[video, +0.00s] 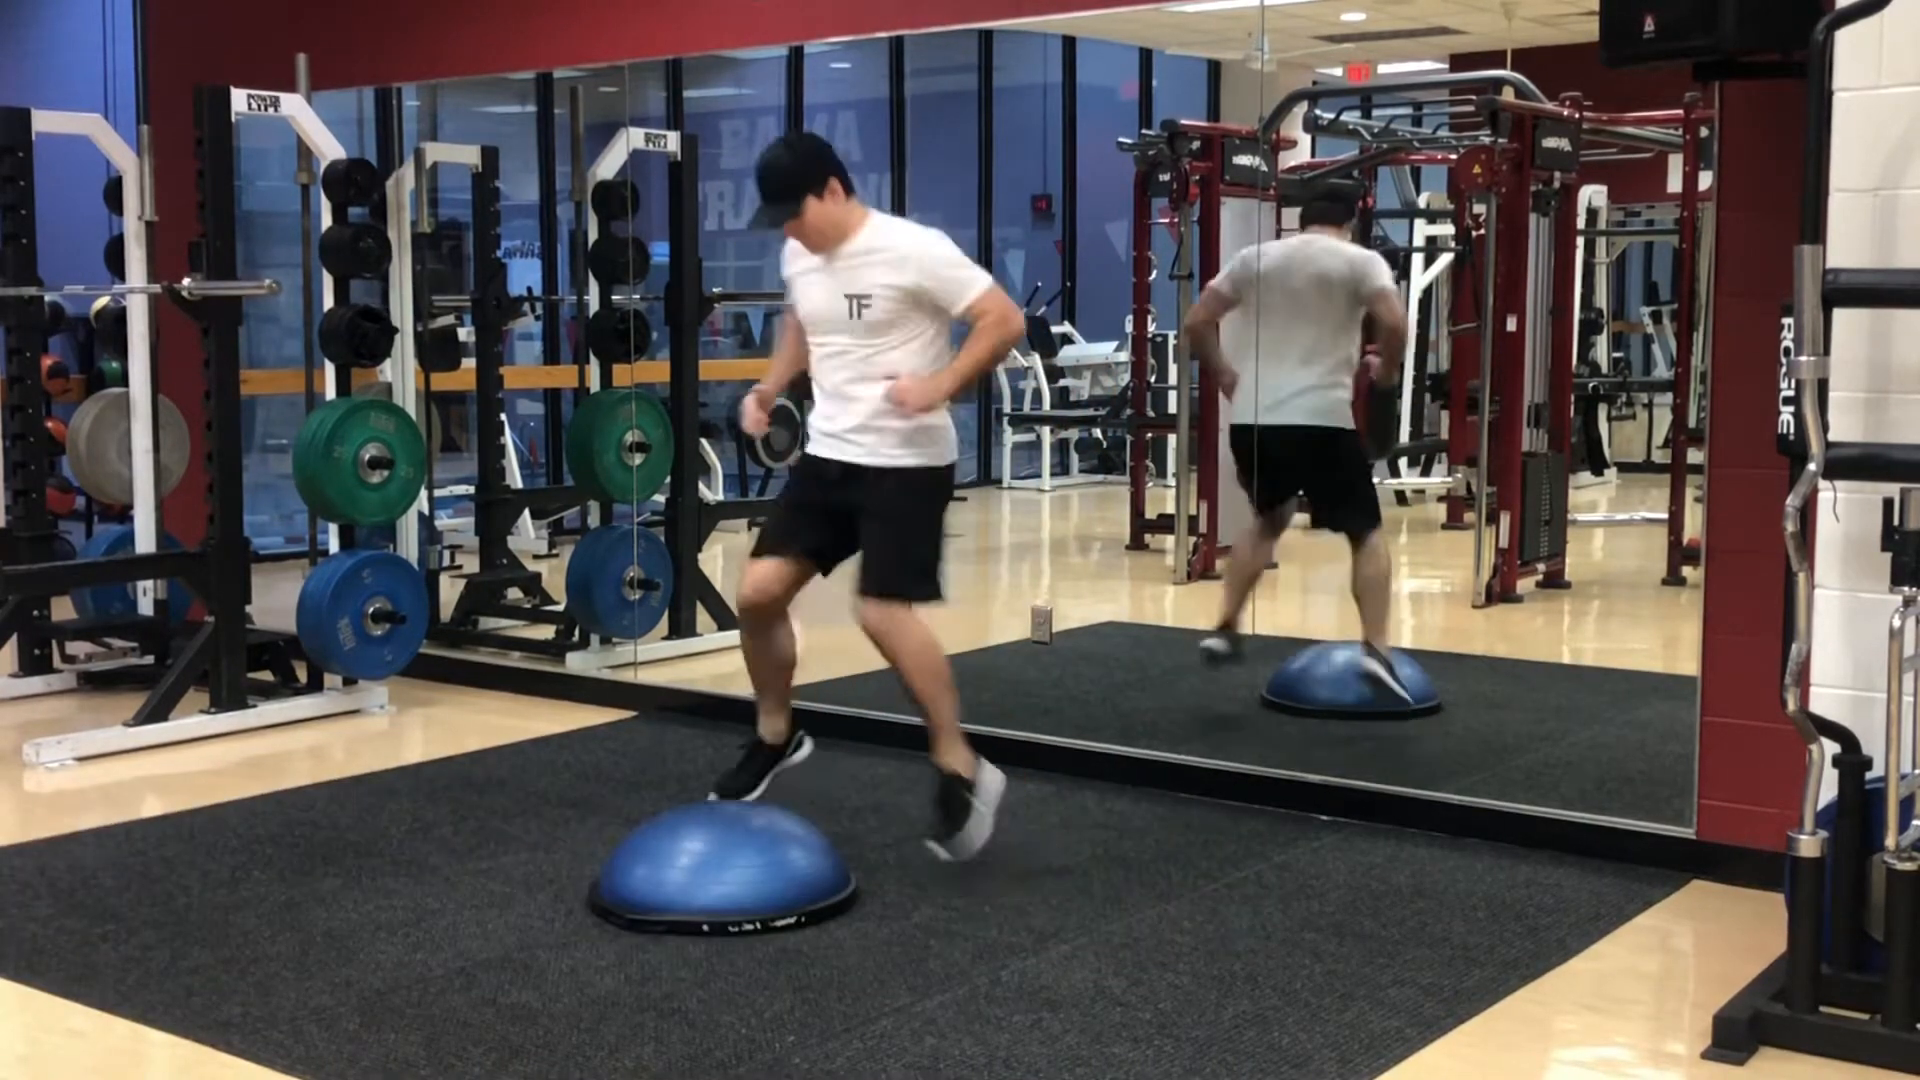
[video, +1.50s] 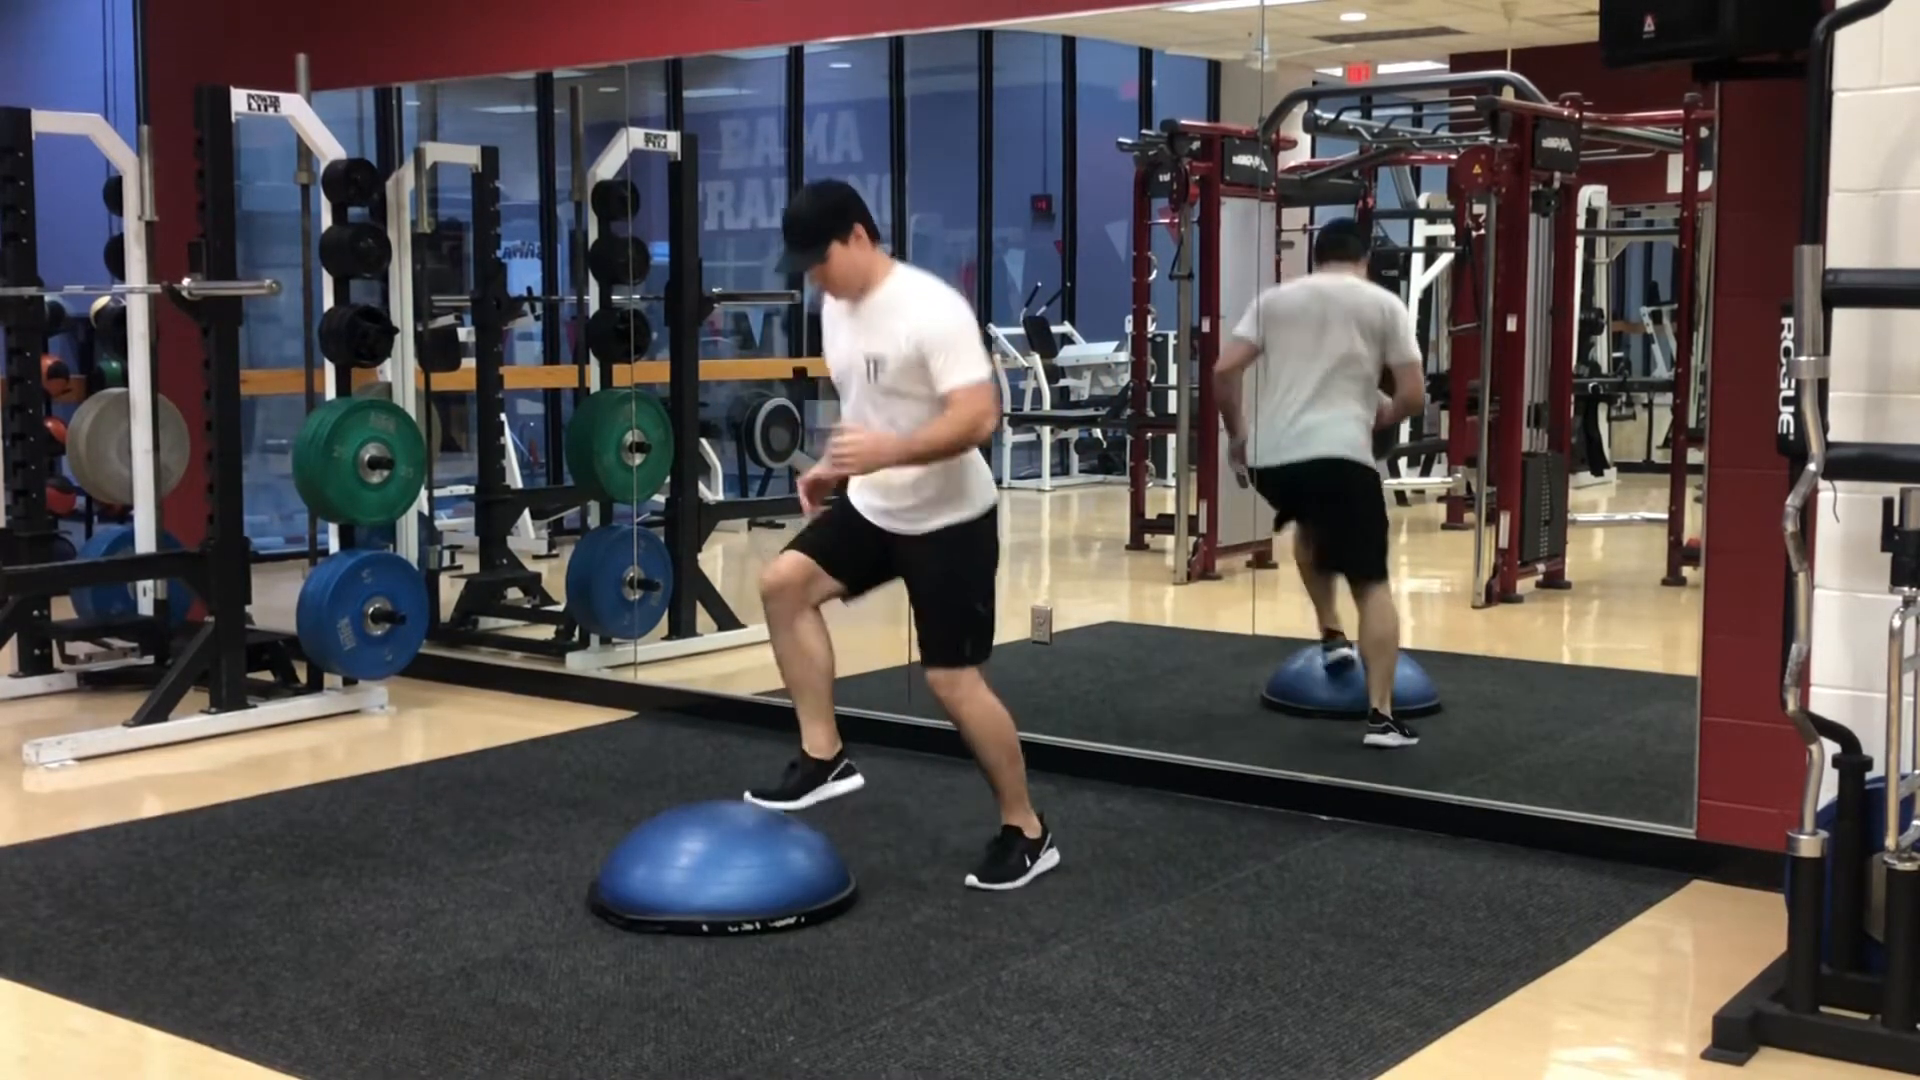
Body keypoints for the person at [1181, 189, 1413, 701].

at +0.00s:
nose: (1354, 230)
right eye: (1355, 222)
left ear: (1303, 218)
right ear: (1350, 221)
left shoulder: (1255, 257)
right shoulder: (1363, 262)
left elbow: (1196, 322)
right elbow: (1396, 323)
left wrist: (1222, 372)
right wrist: (1388, 367)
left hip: (1254, 422)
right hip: (1324, 425)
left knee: (1266, 523)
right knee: (1368, 538)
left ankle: (1224, 628)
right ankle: (1375, 650)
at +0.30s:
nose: (1318, 278)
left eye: (1317, 272)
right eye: (1318, 271)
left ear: (1266, 266)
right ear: (1309, 268)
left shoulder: (1224, 311)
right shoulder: (1313, 305)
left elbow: (1196, 389)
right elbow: (1306, 368)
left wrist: (1237, 419)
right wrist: (1336, 405)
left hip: (1221, 464)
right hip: (1282, 462)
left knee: (1216, 580)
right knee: (1351, 521)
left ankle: (1168, 690)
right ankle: (1318, 631)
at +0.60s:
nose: (1370, 259)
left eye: (1365, 252)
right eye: (1369, 251)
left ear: (1315, 248)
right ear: (1362, 249)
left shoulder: (1269, 286)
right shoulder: (1384, 290)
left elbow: (1214, 353)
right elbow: (1420, 367)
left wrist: (1229, 418)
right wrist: (1414, 405)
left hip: (1275, 448)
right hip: (1344, 449)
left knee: (1293, 518)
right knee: (1372, 575)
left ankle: (1312, 617)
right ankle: (1399, 709)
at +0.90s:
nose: (1364, 236)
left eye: (1359, 230)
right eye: (1365, 229)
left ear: (1312, 221)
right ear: (1360, 226)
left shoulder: (1262, 261)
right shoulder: (1370, 261)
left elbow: (1214, 335)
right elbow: (1400, 324)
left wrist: (1269, 347)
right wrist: (1387, 362)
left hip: (1266, 422)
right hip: (1333, 426)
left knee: (1270, 530)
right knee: (1372, 539)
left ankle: (1232, 640)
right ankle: (1367, 654)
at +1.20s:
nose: (1334, 261)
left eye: (1331, 256)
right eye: (1335, 254)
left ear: (1283, 247)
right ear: (1326, 248)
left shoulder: (1242, 291)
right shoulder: (1331, 274)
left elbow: (1203, 367)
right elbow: (1343, 314)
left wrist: (1256, 379)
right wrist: (1375, 372)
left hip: (1245, 447)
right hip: (1309, 443)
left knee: (1234, 571)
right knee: (1353, 524)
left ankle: (1194, 689)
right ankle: (1325, 635)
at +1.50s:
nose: (1366, 270)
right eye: (1368, 263)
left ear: (1315, 260)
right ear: (1364, 261)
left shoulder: (1273, 300)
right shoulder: (1385, 304)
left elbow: (1224, 372)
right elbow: (1412, 396)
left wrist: (1236, 437)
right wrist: (1373, 422)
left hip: (1273, 459)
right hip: (1344, 459)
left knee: (1307, 527)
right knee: (1372, 585)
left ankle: (1332, 638)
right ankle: (1381, 714)